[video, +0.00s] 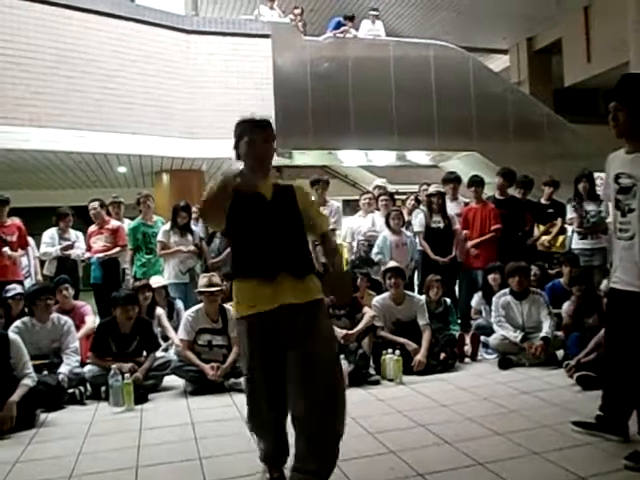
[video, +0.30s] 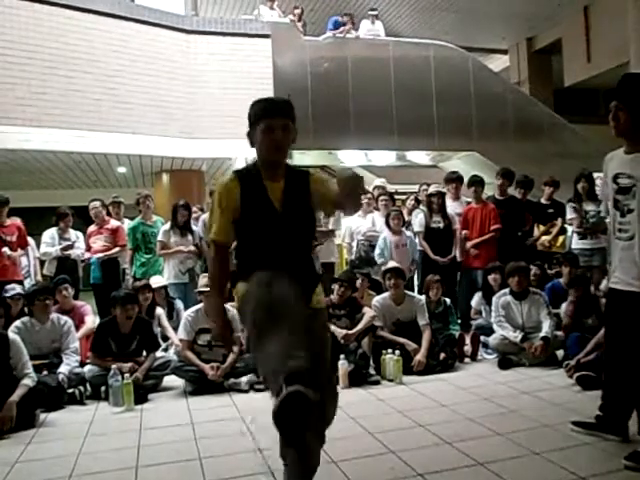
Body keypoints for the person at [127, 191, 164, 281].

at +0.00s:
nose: (147, 204)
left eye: (149, 201)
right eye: (143, 202)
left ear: (154, 204)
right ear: (139, 206)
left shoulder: (161, 222)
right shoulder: (134, 226)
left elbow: (165, 245)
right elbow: (130, 249)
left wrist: (167, 267)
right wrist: (129, 271)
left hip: (159, 268)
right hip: (141, 269)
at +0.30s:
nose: (147, 204)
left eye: (149, 201)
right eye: (143, 202)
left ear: (153, 204)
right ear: (139, 206)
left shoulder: (160, 222)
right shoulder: (133, 226)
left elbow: (164, 244)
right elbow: (130, 249)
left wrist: (167, 266)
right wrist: (128, 269)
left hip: (158, 268)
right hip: (141, 269)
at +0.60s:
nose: (147, 204)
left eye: (148, 201)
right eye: (143, 202)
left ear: (153, 204)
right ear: (138, 206)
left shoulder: (160, 222)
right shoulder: (133, 226)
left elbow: (164, 244)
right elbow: (130, 249)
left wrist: (167, 266)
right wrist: (129, 270)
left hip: (158, 267)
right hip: (140, 269)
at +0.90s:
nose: (146, 204)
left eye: (148, 201)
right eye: (143, 202)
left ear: (152, 204)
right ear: (138, 206)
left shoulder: (160, 222)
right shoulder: (133, 226)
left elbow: (164, 244)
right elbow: (130, 249)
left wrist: (167, 266)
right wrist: (129, 270)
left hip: (158, 268)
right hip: (140, 269)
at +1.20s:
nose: (147, 204)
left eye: (149, 201)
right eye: (144, 202)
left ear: (154, 203)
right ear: (139, 206)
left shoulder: (160, 222)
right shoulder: (134, 226)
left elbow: (164, 244)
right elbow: (130, 249)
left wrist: (167, 266)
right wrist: (129, 270)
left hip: (158, 267)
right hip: (141, 269)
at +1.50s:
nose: (148, 204)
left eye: (150, 200)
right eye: (145, 202)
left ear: (154, 203)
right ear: (140, 206)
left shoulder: (160, 222)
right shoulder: (134, 226)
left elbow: (164, 244)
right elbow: (131, 249)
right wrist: (129, 269)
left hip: (159, 268)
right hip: (141, 269)